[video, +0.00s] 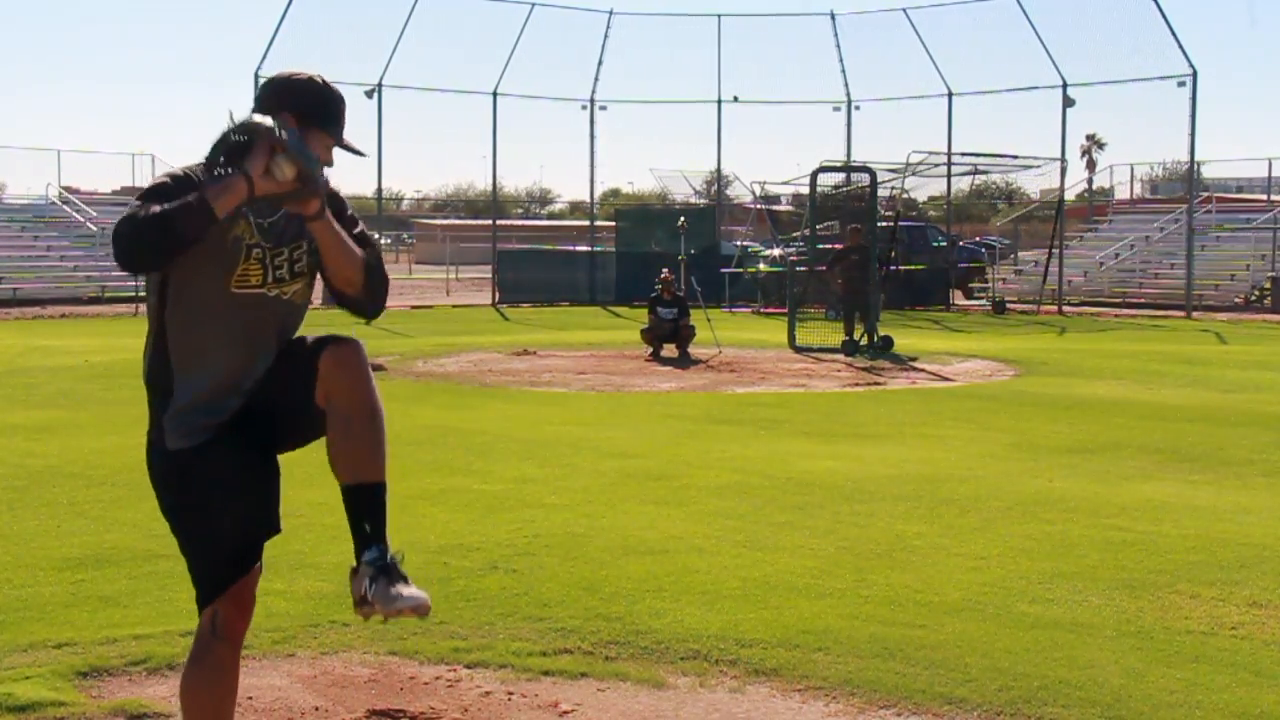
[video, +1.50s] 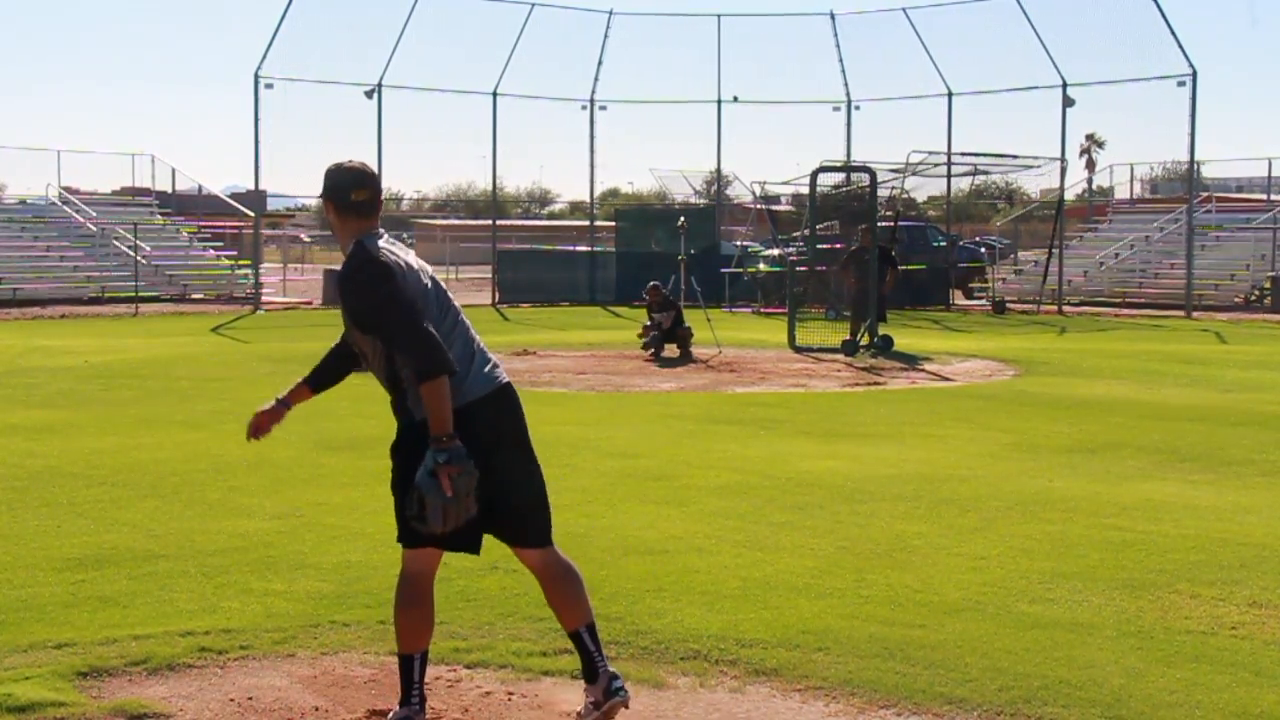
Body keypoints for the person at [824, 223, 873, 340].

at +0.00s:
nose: (855, 238)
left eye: (857, 235)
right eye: (853, 235)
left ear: (861, 236)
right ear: (848, 236)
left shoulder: (867, 251)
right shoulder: (843, 252)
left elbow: (880, 265)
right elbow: (830, 268)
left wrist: (874, 282)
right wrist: (835, 284)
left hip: (864, 288)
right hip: (848, 288)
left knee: (868, 317)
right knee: (848, 317)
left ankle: (871, 344)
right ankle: (849, 342)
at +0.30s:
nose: (863, 238)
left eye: (866, 235)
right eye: (861, 235)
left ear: (870, 236)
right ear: (856, 237)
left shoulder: (877, 251)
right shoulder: (851, 252)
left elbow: (889, 266)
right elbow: (839, 267)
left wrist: (886, 282)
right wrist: (845, 281)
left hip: (873, 287)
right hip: (856, 287)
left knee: (873, 317)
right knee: (853, 316)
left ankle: (872, 343)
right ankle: (849, 340)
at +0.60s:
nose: (867, 238)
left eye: (870, 235)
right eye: (865, 235)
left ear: (874, 236)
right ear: (860, 237)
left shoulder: (883, 251)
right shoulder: (856, 252)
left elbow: (894, 266)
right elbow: (844, 268)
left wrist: (889, 283)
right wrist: (851, 281)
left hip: (878, 288)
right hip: (861, 288)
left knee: (875, 316)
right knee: (856, 316)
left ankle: (873, 342)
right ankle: (852, 340)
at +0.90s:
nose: (867, 239)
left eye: (869, 235)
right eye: (864, 236)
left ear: (874, 236)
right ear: (860, 237)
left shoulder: (884, 251)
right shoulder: (857, 252)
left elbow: (895, 266)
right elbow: (844, 267)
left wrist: (890, 282)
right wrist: (851, 280)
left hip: (878, 288)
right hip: (862, 287)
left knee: (876, 315)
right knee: (858, 316)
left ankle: (874, 340)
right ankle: (852, 340)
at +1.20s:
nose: (866, 239)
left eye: (869, 236)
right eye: (864, 236)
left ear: (874, 236)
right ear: (860, 237)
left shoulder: (883, 251)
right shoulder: (856, 252)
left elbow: (895, 267)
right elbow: (844, 267)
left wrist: (889, 283)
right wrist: (850, 280)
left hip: (878, 289)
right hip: (861, 288)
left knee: (875, 316)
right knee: (857, 316)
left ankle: (873, 341)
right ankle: (852, 339)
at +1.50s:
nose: (865, 239)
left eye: (868, 236)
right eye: (863, 236)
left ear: (873, 237)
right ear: (860, 237)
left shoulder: (883, 252)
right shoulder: (855, 252)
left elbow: (894, 268)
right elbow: (843, 268)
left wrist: (888, 284)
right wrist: (850, 281)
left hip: (877, 289)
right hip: (860, 288)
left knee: (874, 316)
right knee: (856, 316)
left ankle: (872, 341)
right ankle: (852, 340)